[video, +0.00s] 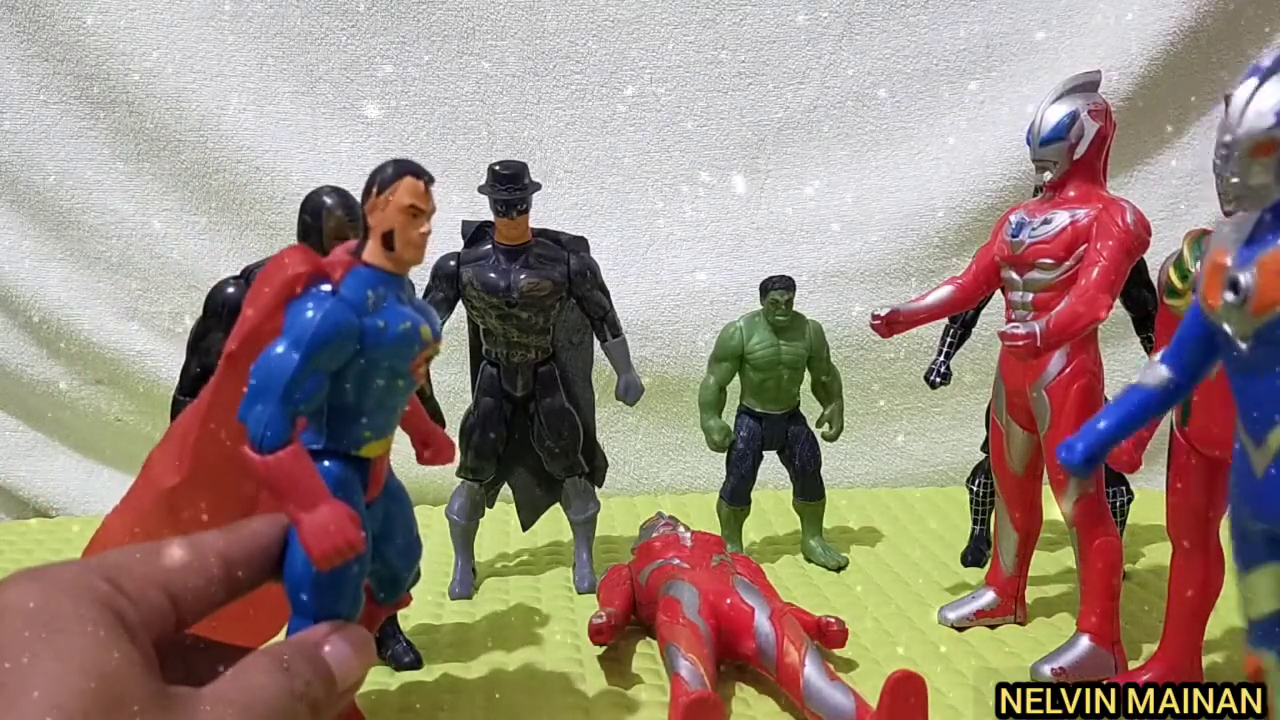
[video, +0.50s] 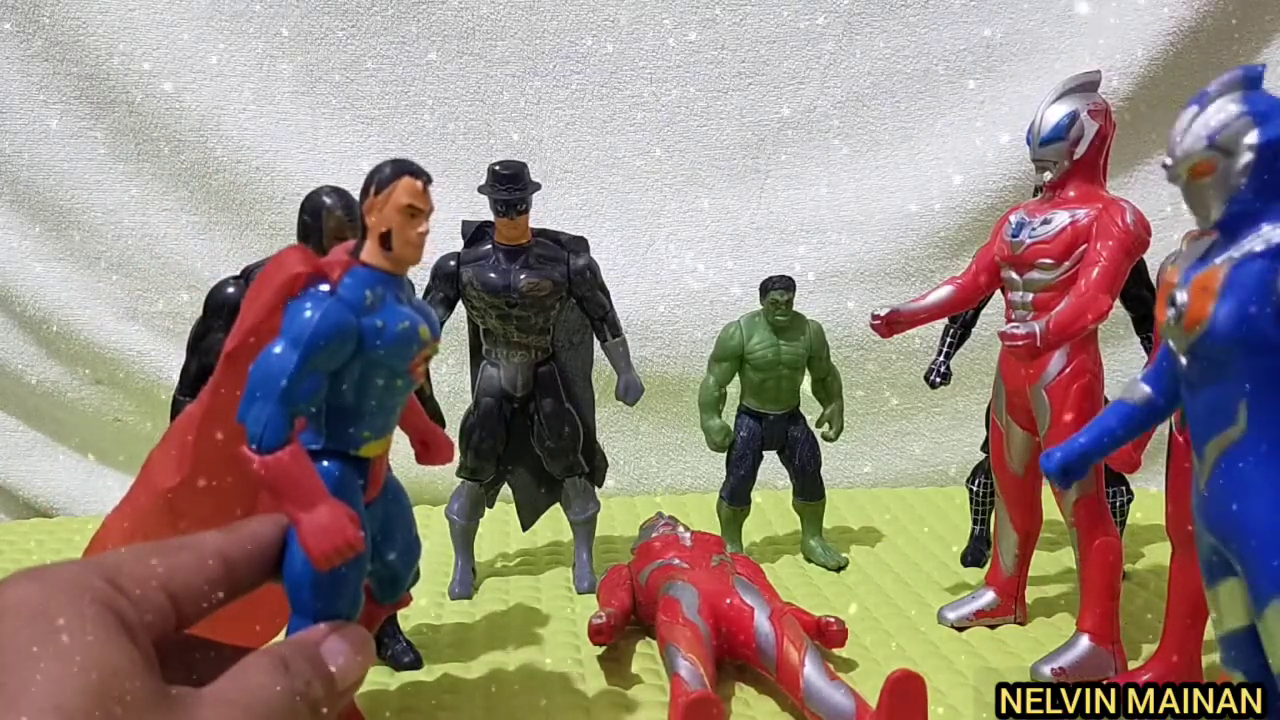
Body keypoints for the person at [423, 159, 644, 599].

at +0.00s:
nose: (512, 212)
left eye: (519, 204)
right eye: (504, 205)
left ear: (530, 202)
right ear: (491, 205)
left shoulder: (567, 258)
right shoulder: (462, 263)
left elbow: (603, 317)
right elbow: (424, 325)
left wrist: (626, 372)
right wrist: (403, 369)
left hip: (552, 379)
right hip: (493, 379)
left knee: (572, 470)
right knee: (476, 474)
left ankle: (584, 559)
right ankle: (463, 562)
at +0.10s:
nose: (511, 213)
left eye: (519, 205)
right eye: (503, 206)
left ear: (531, 203)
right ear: (490, 205)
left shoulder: (567, 259)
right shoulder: (461, 265)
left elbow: (604, 319)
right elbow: (423, 327)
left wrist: (626, 372)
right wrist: (409, 377)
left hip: (550, 378)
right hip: (493, 378)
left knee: (572, 469)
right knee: (476, 472)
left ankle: (584, 560)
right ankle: (463, 563)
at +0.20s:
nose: (510, 217)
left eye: (518, 208)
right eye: (502, 209)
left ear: (530, 205)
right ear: (490, 207)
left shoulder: (567, 259)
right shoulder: (462, 264)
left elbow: (603, 318)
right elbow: (424, 326)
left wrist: (626, 372)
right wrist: (404, 372)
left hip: (552, 380)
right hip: (493, 380)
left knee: (573, 472)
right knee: (475, 476)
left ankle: (584, 559)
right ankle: (463, 562)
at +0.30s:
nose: (513, 214)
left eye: (520, 205)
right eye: (504, 206)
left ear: (531, 203)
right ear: (491, 206)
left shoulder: (567, 258)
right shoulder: (462, 264)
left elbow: (603, 318)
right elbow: (424, 325)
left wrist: (626, 372)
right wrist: (404, 371)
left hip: (552, 379)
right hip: (493, 379)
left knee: (572, 471)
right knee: (476, 474)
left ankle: (584, 559)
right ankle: (463, 562)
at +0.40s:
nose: (512, 212)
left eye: (518, 204)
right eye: (503, 205)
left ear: (530, 202)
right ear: (490, 204)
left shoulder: (566, 255)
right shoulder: (462, 263)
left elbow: (603, 317)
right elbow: (424, 326)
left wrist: (626, 372)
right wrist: (404, 372)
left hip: (553, 380)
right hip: (493, 380)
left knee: (573, 471)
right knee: (476, 474)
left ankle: (584, 559)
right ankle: (463, 563)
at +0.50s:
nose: (511, 214)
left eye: (518, 206)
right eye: (503, 206)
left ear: (530, 203)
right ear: (490, 205)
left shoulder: (567, 257)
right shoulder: (462, 264)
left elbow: (603, 317)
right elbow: (426, 324)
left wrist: (626, 372)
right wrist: (407, 367)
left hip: (552, 374)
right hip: (494, 373)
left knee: (573, 467)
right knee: (477, 470)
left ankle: (584, 559)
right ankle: (463, 562)